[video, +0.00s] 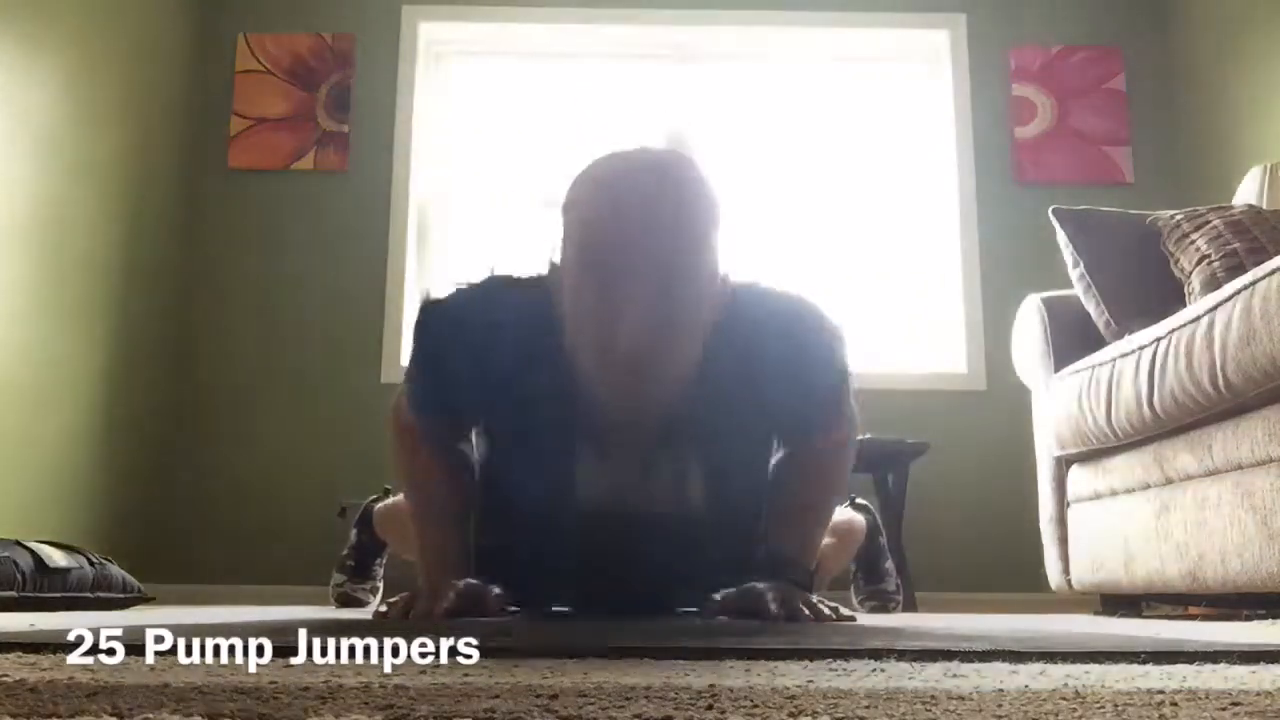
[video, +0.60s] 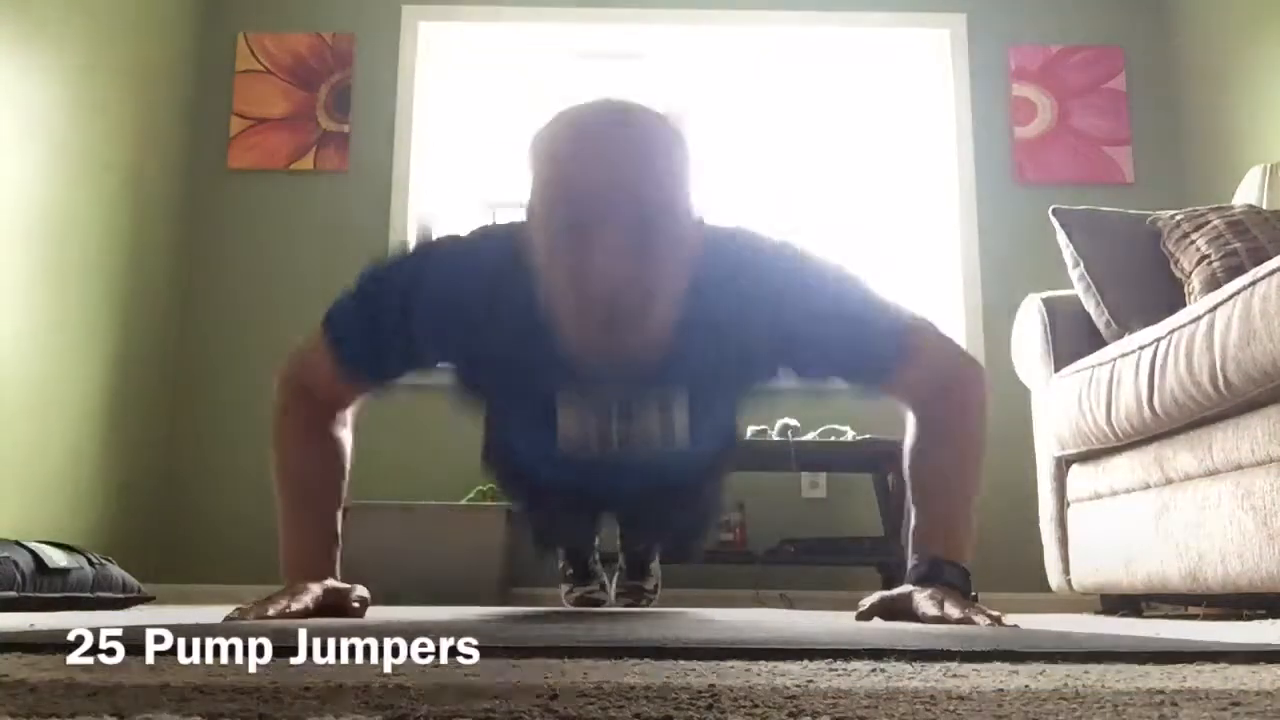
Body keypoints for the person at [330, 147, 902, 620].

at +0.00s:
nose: (628, 337)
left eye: (662, 306)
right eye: (604, 297)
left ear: (715, 281)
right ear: (563, 268)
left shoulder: (790, 340)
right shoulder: (471, 329)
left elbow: (826, 434)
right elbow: (421, 426)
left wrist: (778, 576)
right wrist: (446, 584)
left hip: (706, 585)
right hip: (531, 580)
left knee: (842, 534)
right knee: (402, 524)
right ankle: (382, 521)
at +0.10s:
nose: (645, 209)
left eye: (676, 173)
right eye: (617, 171)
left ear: (714, 170)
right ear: (570, 162)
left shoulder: (781, 258)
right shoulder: (479, 253)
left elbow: (811, 415)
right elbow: (439, 408)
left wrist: (784, 573)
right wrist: (449, 579)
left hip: (716, 548)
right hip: (525, 546)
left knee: (837, 533)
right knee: (408, 527)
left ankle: (860, 532)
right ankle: (378, 521)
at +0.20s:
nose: (640, 90)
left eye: (674, 56)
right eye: (612, 55)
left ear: (719, 68)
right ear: (566, 69)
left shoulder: (775, 178)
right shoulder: (481, 181)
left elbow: (800, 375)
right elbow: (448, 372)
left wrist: (783, 570)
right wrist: (443, 564)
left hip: (716, 385)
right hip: (542, 380)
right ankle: (423, 546)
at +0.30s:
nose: (637, 18)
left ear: (714, 6)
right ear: (565, 2)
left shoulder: (767, 90)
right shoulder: (485, 84)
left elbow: (822, 326)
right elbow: (417, 312)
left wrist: (811, 527)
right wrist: (423, 530)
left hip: (692, 317)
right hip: (545, 315)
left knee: (725, 416)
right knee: (511, 415)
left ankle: (748, 494)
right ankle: (473, 470)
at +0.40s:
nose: (639, 19)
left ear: (709, 6)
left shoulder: (772, 82)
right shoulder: (473, 82)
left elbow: (863, 311)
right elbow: (380, 297)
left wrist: (889, 511)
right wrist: (349, 495)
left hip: (684, 317)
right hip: (546, 315)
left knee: (683, 429)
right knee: (550, 422)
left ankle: (678, 486)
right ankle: (550, 476)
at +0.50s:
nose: (621, 100)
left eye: (656, 64)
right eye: (591, 62)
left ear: (703, 67)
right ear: (546, 61)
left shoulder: (768, 177)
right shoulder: (459, 178)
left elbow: (918, 375)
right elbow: (346, 372)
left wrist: (930, 572)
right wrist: (318, 574)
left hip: (681, 383)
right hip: (547, 385)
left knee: (656, 488)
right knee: (568, 484)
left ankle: (641, 543)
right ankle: (585, 539)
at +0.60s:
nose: (611, 273)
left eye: (644, 232)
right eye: (579, 233)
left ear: (691, 228)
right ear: (533, 229)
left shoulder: (756, 286)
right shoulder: (458, 286)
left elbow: (951, 383)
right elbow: (308, 392)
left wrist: (939, 578)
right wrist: (310, 579)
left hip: (678, 501)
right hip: (543, 498)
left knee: (664, 541)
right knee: (566, 531)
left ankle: (643, 563)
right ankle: (578, 565)